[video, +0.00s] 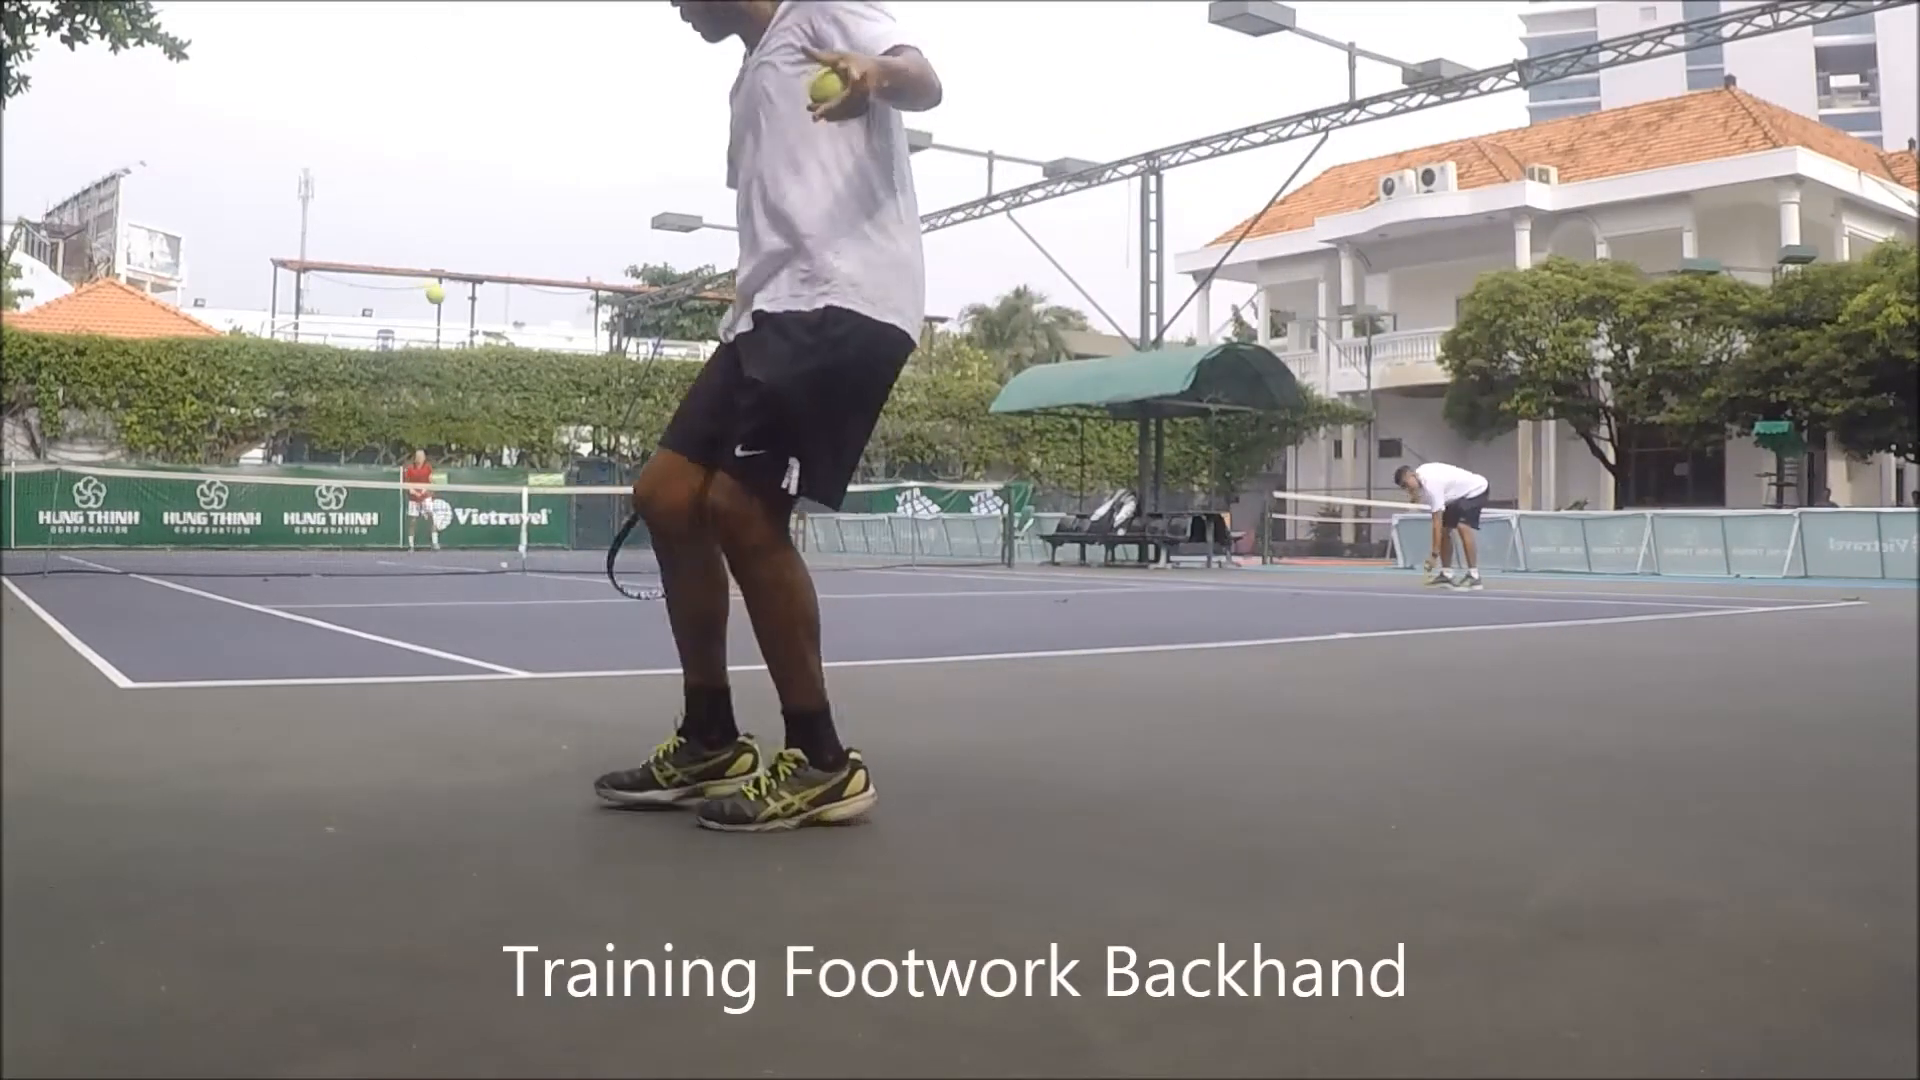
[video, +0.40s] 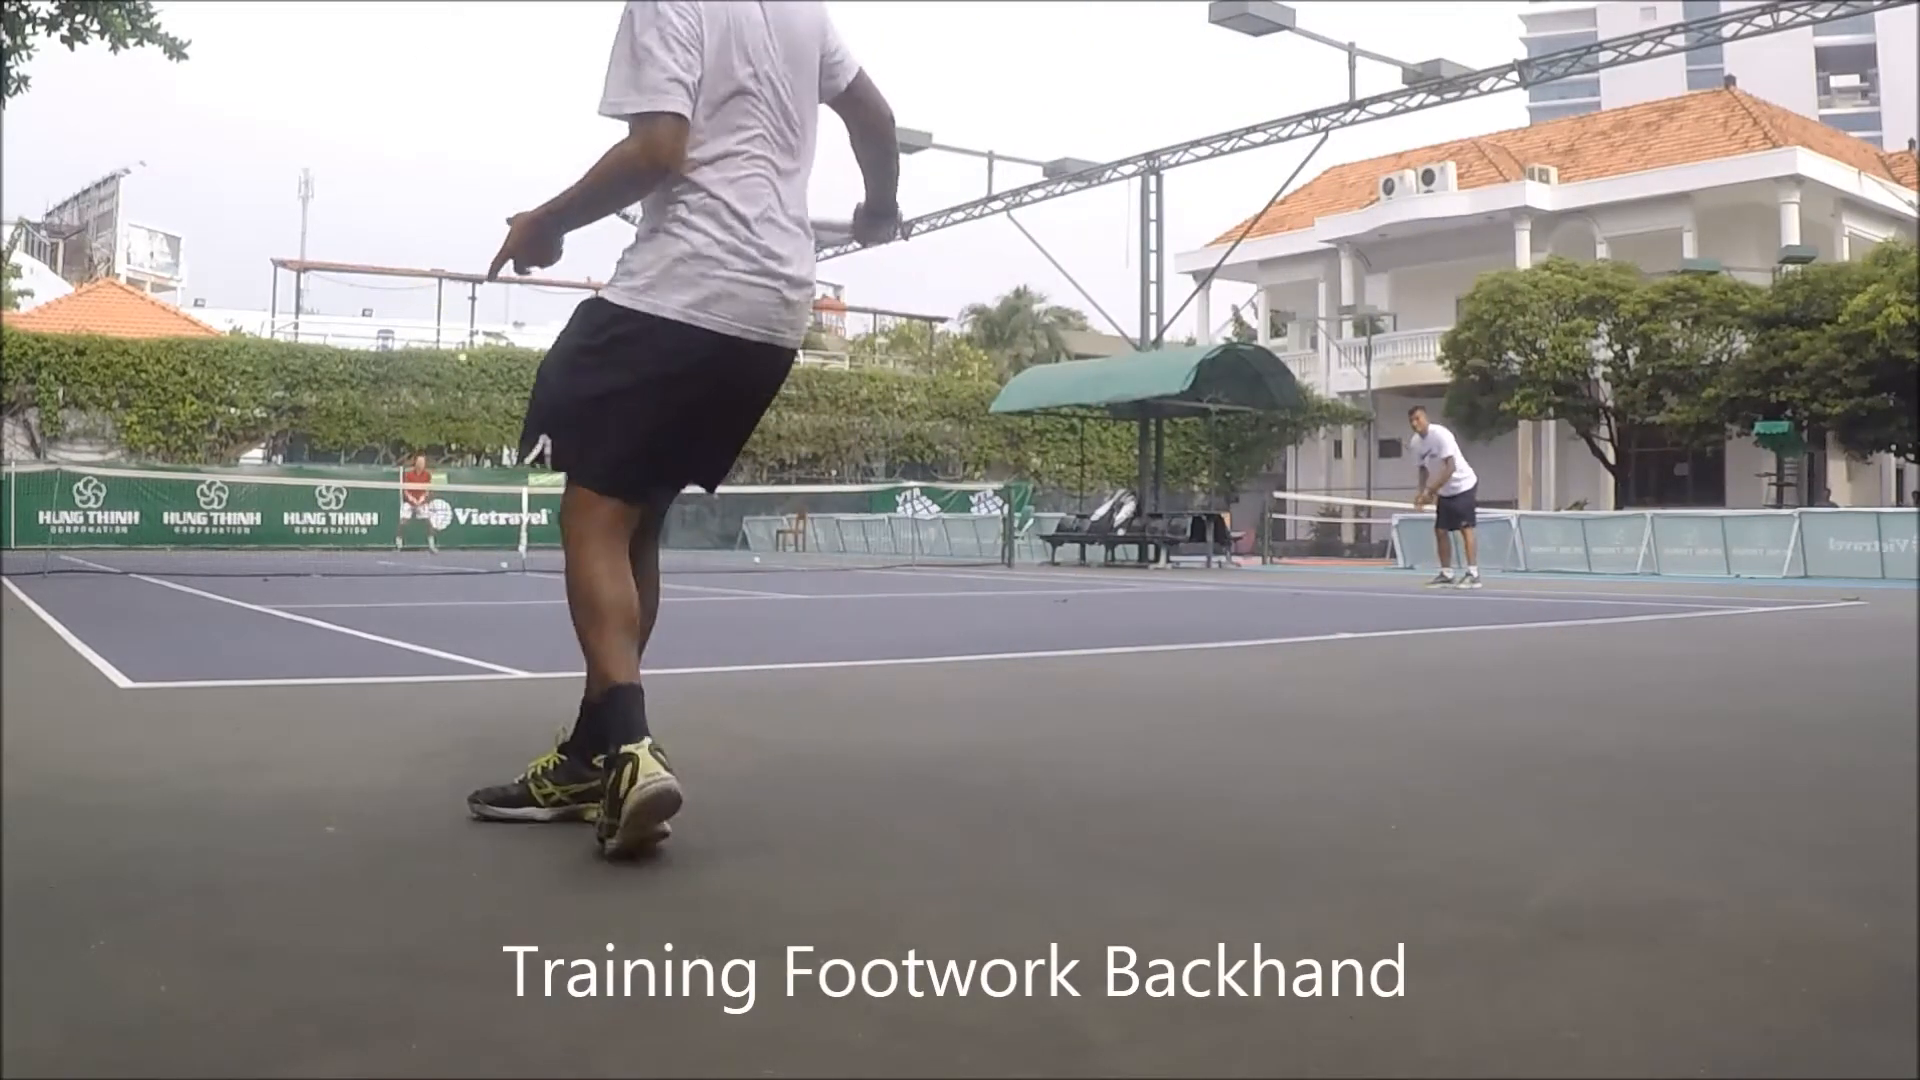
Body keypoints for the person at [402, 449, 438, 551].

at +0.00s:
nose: (419, 460)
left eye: (421, 458)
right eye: (417, 458)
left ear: (424, 458)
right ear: (415, 458)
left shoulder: (428, 468)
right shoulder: (409, 469)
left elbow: (431, 481)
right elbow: (406, 483)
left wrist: (424, 490)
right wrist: (413, 491)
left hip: (426, 496)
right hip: (413, 497)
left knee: (431, 518)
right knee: (412, 520)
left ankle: (435, 542)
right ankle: (411, 544)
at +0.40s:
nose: (420, 465)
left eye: (422, 462)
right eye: (419, 462)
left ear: (425, 464)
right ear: (415, 463)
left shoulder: (427, 475)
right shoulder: (408, 474)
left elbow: (427, 489)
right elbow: (405, 489)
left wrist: (421, 499)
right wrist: (411, 498)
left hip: (421, 500)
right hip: (409, 500)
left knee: (429, 519)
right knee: (403, 518)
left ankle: (431, 542)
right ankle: (399, 539)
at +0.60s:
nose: (423, 465)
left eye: (424, 463)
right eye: (421, 462)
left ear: (427, 465)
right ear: (416, 463)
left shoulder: (427, 477)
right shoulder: (408, 475)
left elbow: (426, 490)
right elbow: (405, 490)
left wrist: (421, 501)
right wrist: (414, 502)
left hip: (420, 502)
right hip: (408, 501)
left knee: (426, 522)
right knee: (404, 520)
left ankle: (421, 544)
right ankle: (394, 540)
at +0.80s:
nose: (424, 470)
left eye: (425, 467)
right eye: (422, 467)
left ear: (427, 468)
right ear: (417, 467)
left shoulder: (426, 478)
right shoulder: (409, 476)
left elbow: (424, 492)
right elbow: (406, 491)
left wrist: (422, 503)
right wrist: (413, 503)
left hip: (419, 502)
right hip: (407, 502)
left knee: (423, 521)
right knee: (407, 521)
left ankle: (421, 544)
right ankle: (394, 541)